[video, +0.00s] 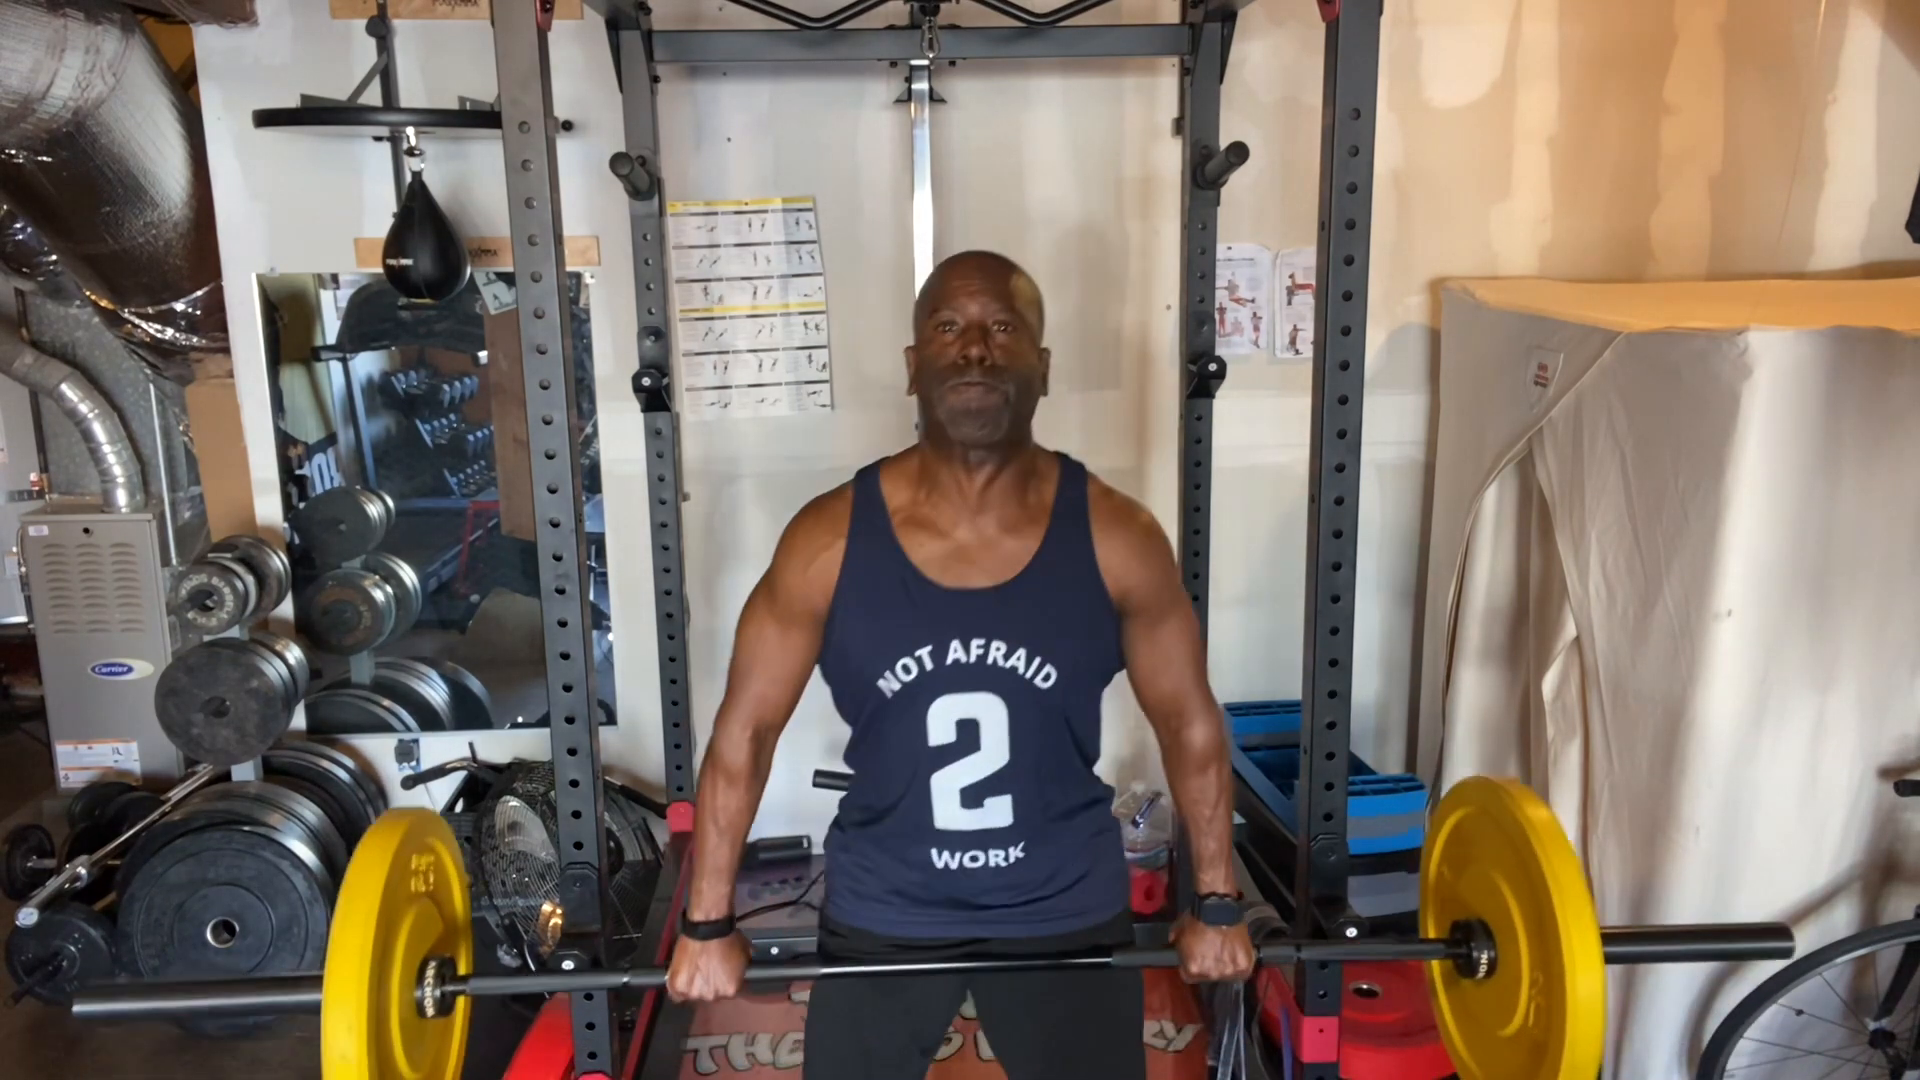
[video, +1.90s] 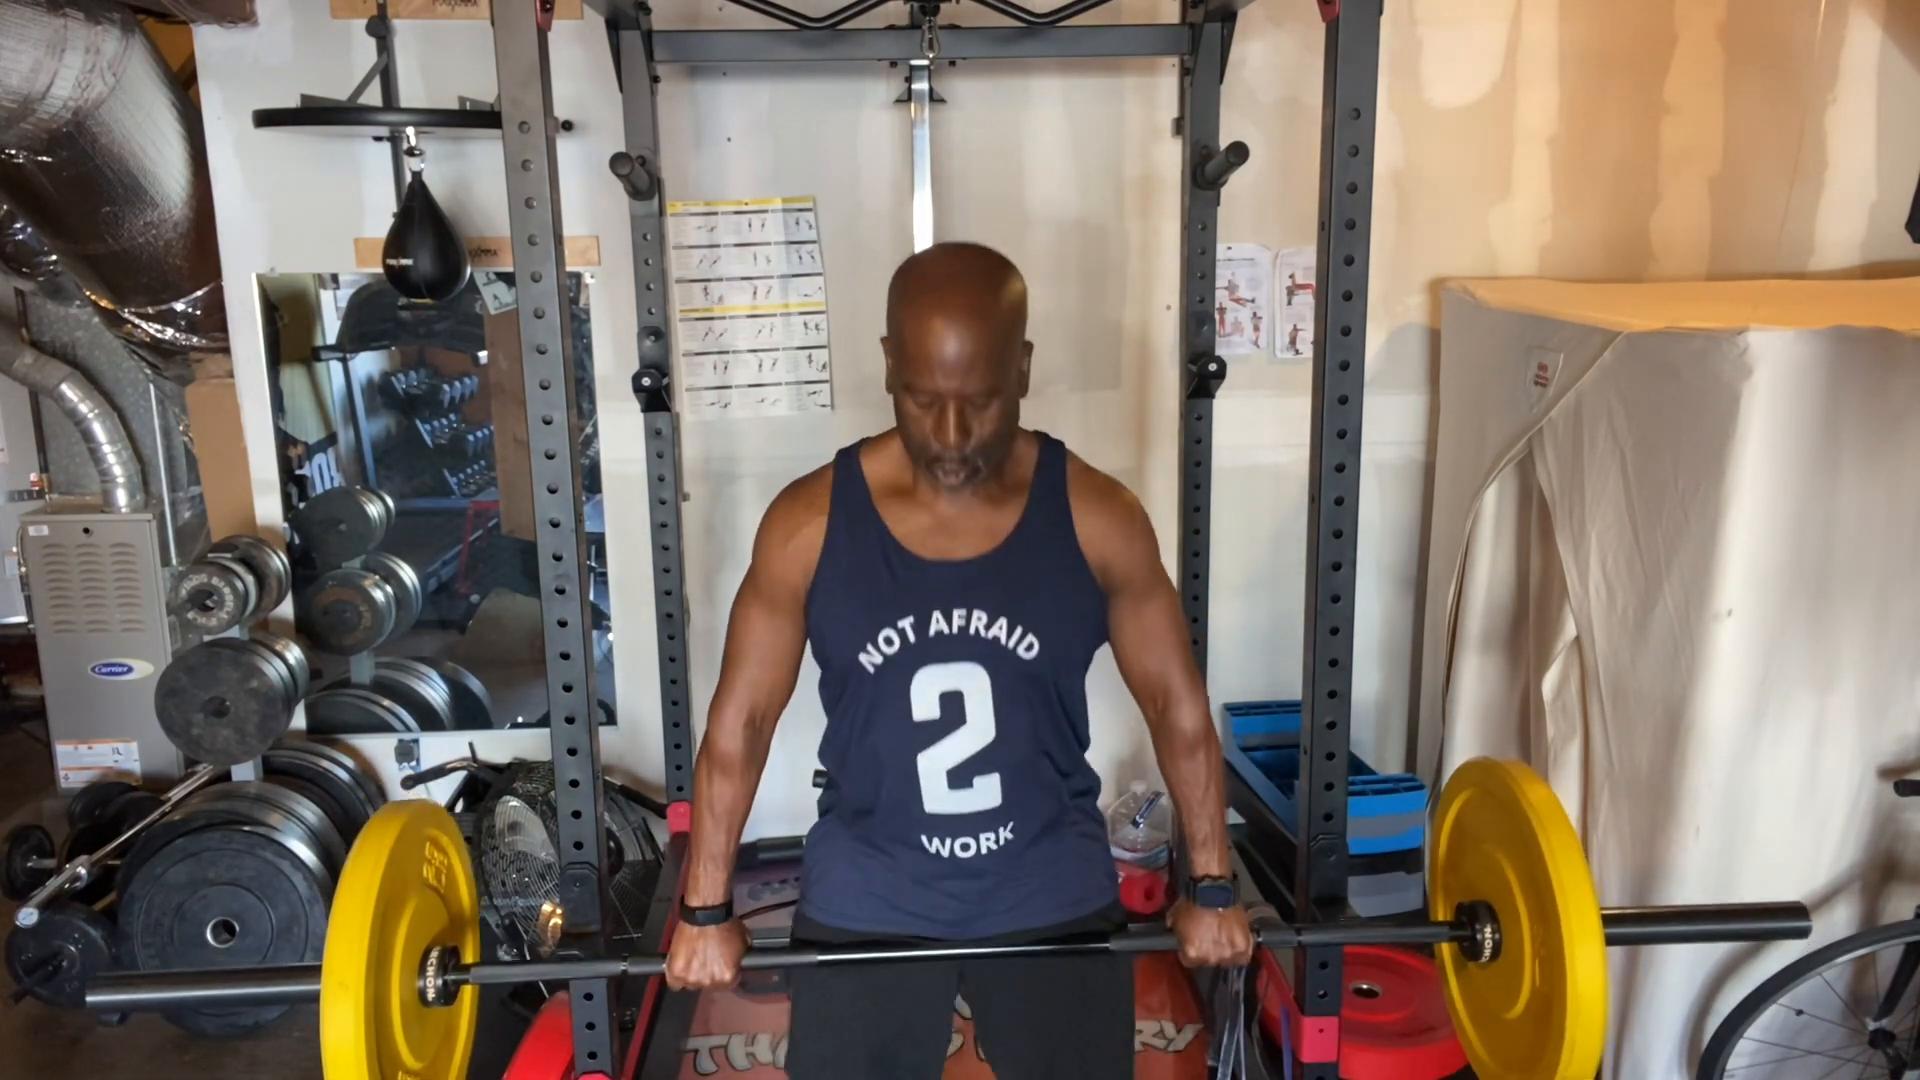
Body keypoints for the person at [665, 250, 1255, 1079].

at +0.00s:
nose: (974, 344)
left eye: (1001, 326)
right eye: (947, 327)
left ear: (1043, 365)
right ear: (912, 368)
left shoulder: (1117, 536)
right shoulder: (830, 537)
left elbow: (1188, 721)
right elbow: (743, 732)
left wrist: (1218, 897)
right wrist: (707, 918)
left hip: (1064, 915)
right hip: (884, 918)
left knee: (1095, 1064)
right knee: (848, 1065)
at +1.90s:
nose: (950, 434)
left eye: (978, 400)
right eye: (922, 399)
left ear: (1024, 367)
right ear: (888, 365)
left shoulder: (1099, 519)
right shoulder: (809, 523)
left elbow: (1176, 706)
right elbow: (741, 721)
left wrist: (1213, 885)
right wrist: (706, 904)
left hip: (1053, 909)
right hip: (866, 913)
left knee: (1075, 1063)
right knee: (847, 1065)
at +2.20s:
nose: (965, 610)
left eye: (994, 583)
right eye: (936, 582)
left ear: (1037, 522)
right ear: (892, 513)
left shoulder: (1110, 612)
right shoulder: (806, 619)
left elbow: (1188, 783)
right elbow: (732, 805)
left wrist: (1213, 952)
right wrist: (706, 974)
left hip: (1050, 903)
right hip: (874, 909)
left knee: (1095, 1065)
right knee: (844, 1067)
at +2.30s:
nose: (971, 664)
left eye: (999, 637)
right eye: (940, 638)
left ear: (1042, 573)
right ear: (895, 568)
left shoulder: (1112, 650)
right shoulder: (807, 659)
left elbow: (1188, 819)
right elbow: (730, 845)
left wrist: (1215, 988)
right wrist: (704, 1013)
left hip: (1050, 906)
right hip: (872, 912)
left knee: (1092, 1069)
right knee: (846, 1072)